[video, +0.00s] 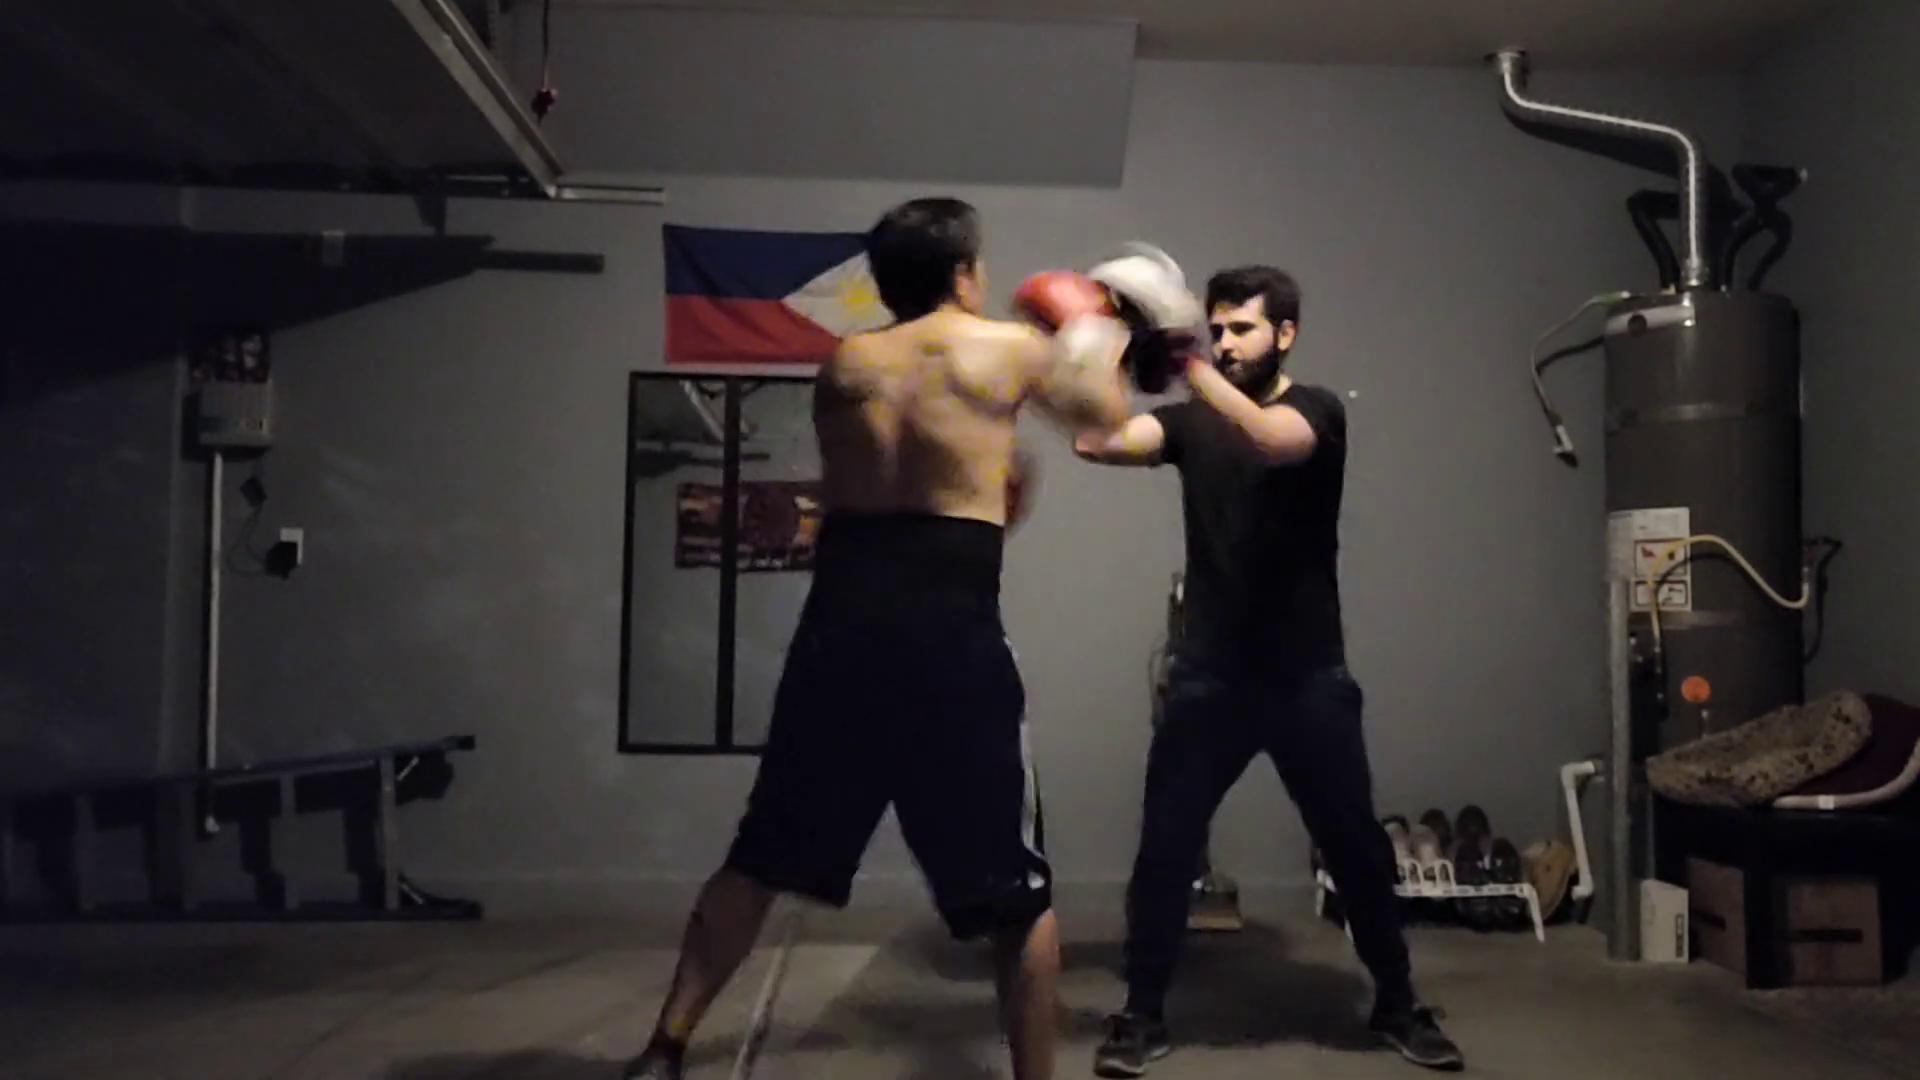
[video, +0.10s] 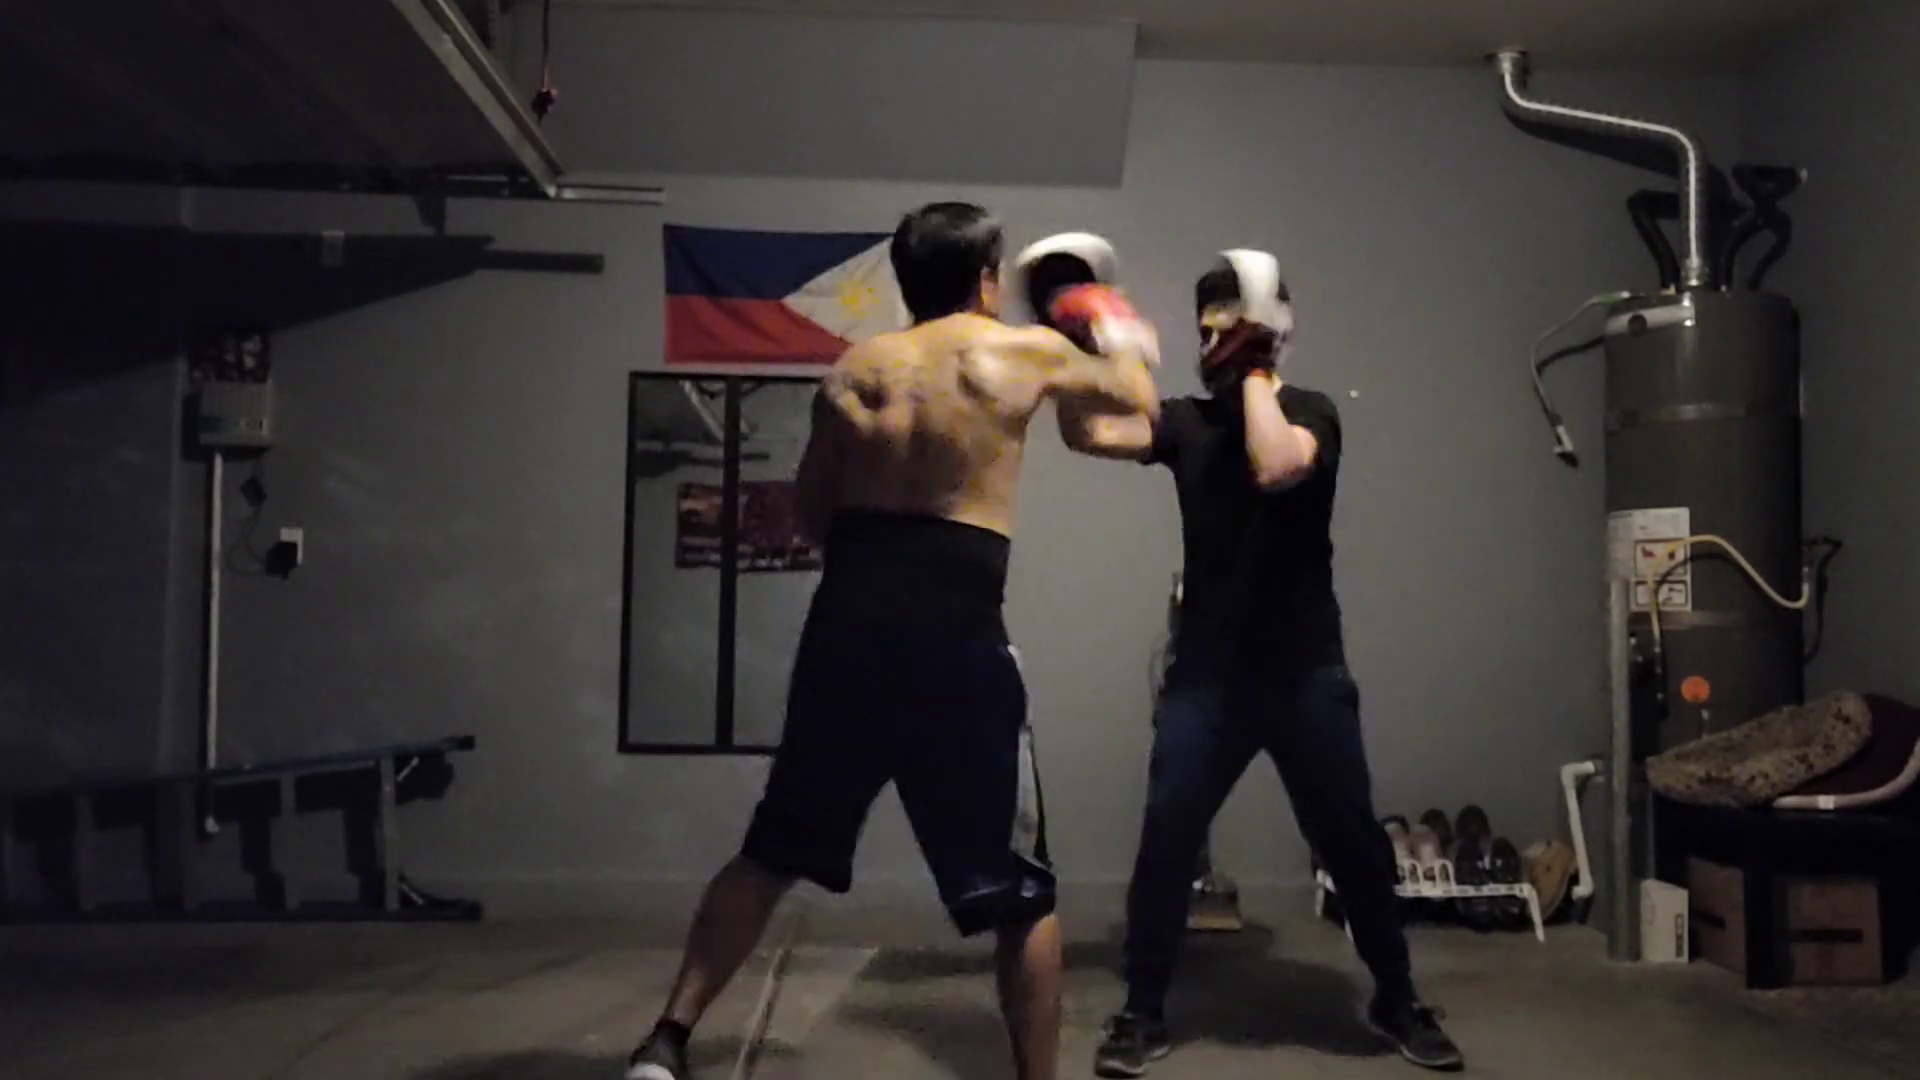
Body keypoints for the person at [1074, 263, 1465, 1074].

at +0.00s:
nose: (1226, 345)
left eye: (1242, 330)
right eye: (1217, 332)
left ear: (1285, 334)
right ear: (1206, 339)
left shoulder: (1319, 409)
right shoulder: (1192, 414)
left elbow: (1271, 436)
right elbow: (1105, 437)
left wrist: (1193, 365)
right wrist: (1083, 358)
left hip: (1305, 678)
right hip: (1207, 678)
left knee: (1355, 845)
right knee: (1166, 845)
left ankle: (1397, 1005)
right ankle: (1142, 1012)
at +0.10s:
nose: (1220, 332)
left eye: (1236, 318)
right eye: (1212, 319)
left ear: (1273, 329)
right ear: (1197, 330)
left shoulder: (1310, 413)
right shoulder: (1183, 418)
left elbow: (1275, 464)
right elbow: (1089, 432)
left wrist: (1253, 372)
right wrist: (1102, 352)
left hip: (1304, 669)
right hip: (1207, 670)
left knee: (1352, 837)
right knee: (1168, 830)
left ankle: (1399, 1001)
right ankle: (1143, 1009)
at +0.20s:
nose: (1209, 352)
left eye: (1226, 335)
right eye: (1200, 338)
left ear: (1270, 338)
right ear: (1194, 345)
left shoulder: (1303, 409)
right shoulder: (1190, 418)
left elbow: (1257, 452)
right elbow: (1113, 465)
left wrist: (1201, 381)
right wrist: (1106, 400)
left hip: (1303, 670)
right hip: (1207, 672)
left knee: (1353, 839)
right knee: (1167, 833)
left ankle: (1397, 1000)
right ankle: (1141, 1008)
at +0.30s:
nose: (1219, 359)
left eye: (1234, 342)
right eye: (1210, 347)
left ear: (1280, 342)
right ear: (1203, 355)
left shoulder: (1318, 410)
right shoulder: (1202, 434)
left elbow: (1277, 430)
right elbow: (1116, 455)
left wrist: (1201, 358)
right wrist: (1108, 376)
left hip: (1316, 680)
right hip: (1218, 680)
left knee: (1356, 846)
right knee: (1166, 843)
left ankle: (1398, 1005)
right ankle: (1140, 1010)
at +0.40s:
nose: (1256, 346)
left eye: (1271, 330)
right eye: (1245, 333)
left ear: (1303, 338)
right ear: (1233, 348)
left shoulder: (1347, 416)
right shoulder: (1217, 435)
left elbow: (1335, 442)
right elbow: (1111, 448)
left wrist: (1283, 354)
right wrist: (1133, 373)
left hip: (1332, 682)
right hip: (1234, 683)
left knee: (1362, 848)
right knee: (1179, 830)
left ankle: (1398, 1007)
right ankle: (1144, 1010)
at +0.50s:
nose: (1264, 354)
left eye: (1279, 339)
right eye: (1255, 340)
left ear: (1320, 341)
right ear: (1248, 350)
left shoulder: (1374, 415)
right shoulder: (1236, 427)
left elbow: (1366, 445)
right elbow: (1127, 440)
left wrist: (1339, 346)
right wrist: (1157, 359)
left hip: (1350, 679)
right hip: (1251, 677)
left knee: (1370, 853)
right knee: (1201, 845)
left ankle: (1396, 1009)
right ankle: (1149, 1012)